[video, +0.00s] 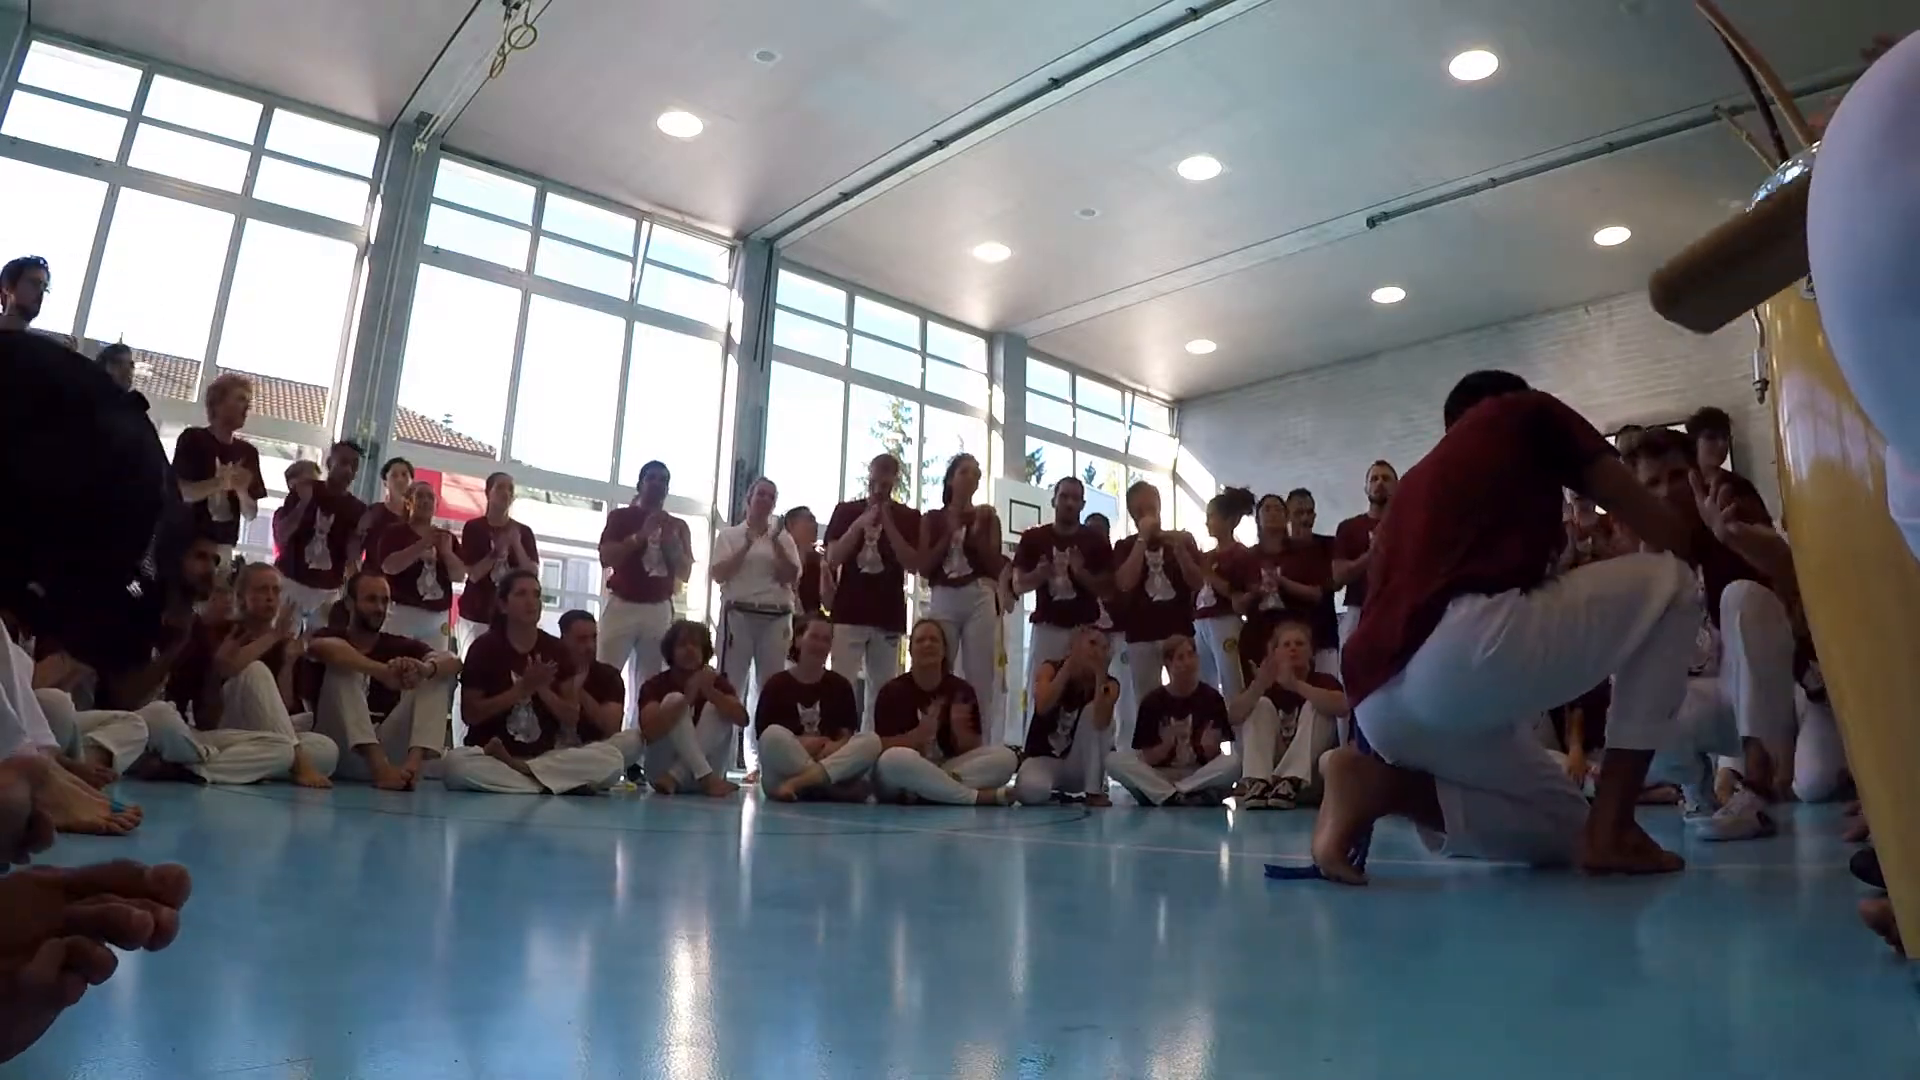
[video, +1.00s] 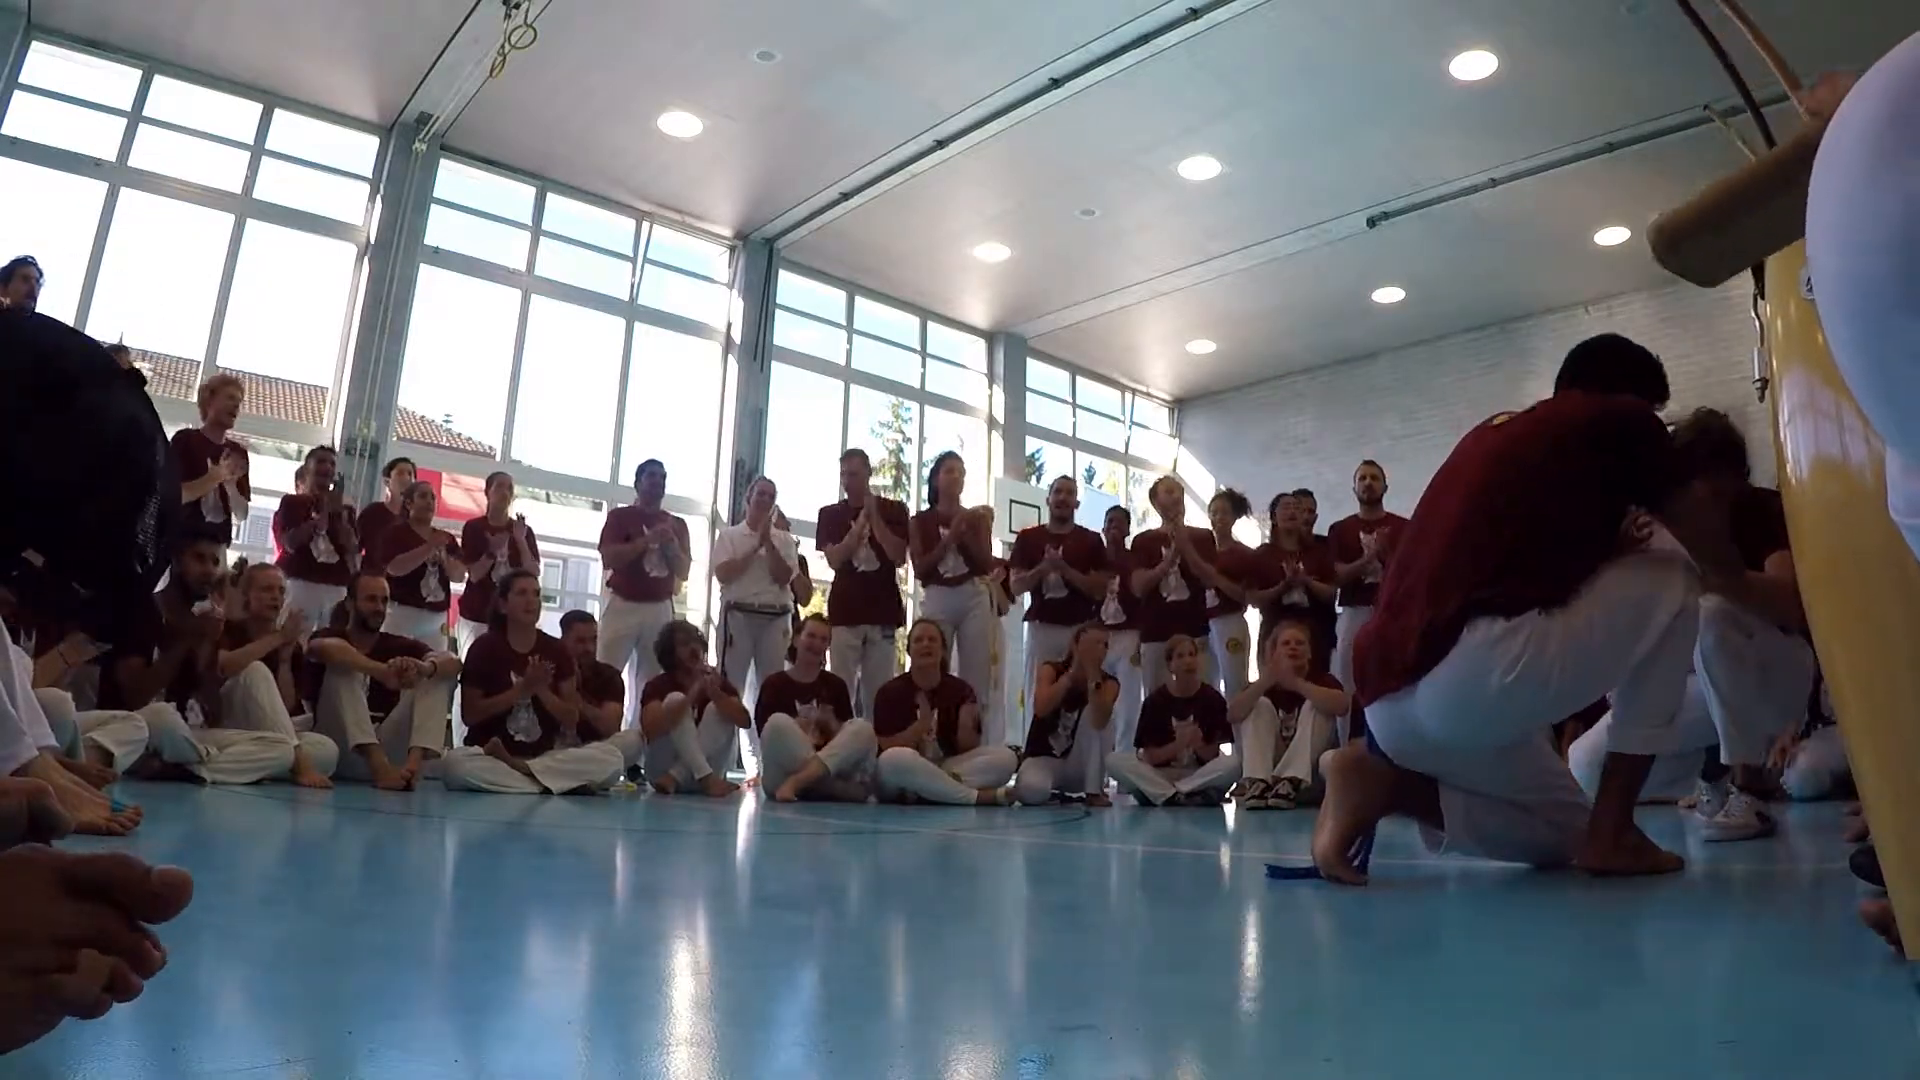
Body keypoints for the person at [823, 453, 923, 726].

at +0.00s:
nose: (881, 486)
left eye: (887, 480)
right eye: (876, 479)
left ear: (896, 480)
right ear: (868, 476)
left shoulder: (909, 516)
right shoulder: (846, 511)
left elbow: (913, 563)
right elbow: (834, 557)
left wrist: (887, 523)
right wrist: (859, 525)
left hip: (888, 618)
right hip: (849, 616)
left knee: (885, 695)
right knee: (841, 690)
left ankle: (881, 757)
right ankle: (838, 753)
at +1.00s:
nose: (846, 479)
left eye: (853, 474)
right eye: (843, 474)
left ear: (868, 474)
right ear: (839, 476)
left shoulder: (894, 510)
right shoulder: (830, 514)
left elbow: (898, 556)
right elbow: (834, 560)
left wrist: (874, 516)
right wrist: (859, 526)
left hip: (883, 615)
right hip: (844, 615)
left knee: (879, 696)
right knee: (840, 693)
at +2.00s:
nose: (861, 474)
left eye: (867, 469)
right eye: (856, 468)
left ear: (873, 474)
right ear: (845, 471)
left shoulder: (888, 512)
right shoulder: (823, 515)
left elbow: (904, 558)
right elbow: (823, 562)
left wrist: (890, 521)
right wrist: (846, 512)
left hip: (880, 620)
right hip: (841, 620)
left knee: (883, 701)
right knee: (837, 700)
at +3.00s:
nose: (859, 478)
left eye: (864, 472)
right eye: (853, 472)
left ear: (869, 475)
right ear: (841, 475)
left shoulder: (886, 512)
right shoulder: (823, 517)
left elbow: (900, 559)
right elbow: (829, 563)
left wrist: (873, 526)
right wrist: (858, 524)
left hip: (878, 618)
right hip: (839, 618)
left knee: (879, 703)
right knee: (835, 699)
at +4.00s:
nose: (875, 477)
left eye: (880, 471)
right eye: (870, 470)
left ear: (886, 475)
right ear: (858, 471)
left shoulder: (898, 512)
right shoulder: (835, 511)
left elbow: (905, 559)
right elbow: (832, 560)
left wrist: (884, 528)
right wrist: (854, 526)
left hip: (884, 618)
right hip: (846, 616)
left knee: (881, 699)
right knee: (844, 696)